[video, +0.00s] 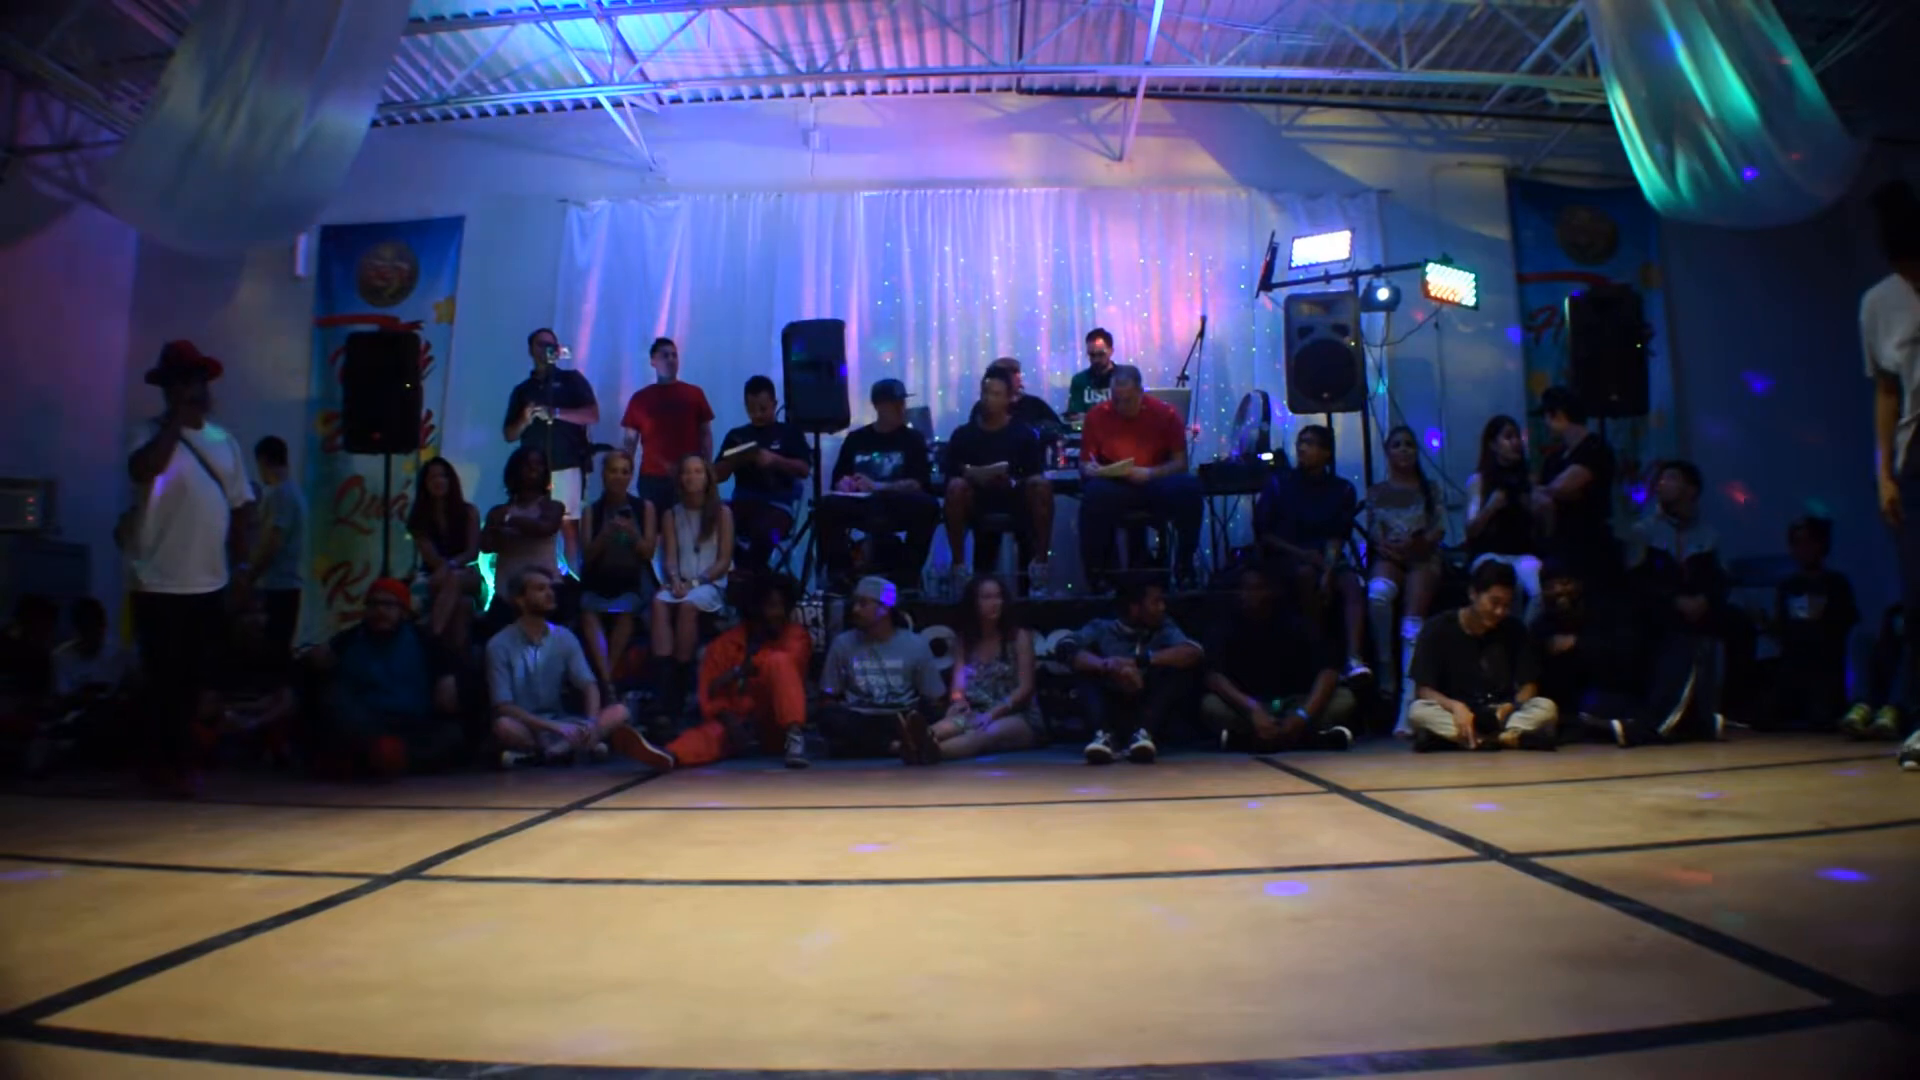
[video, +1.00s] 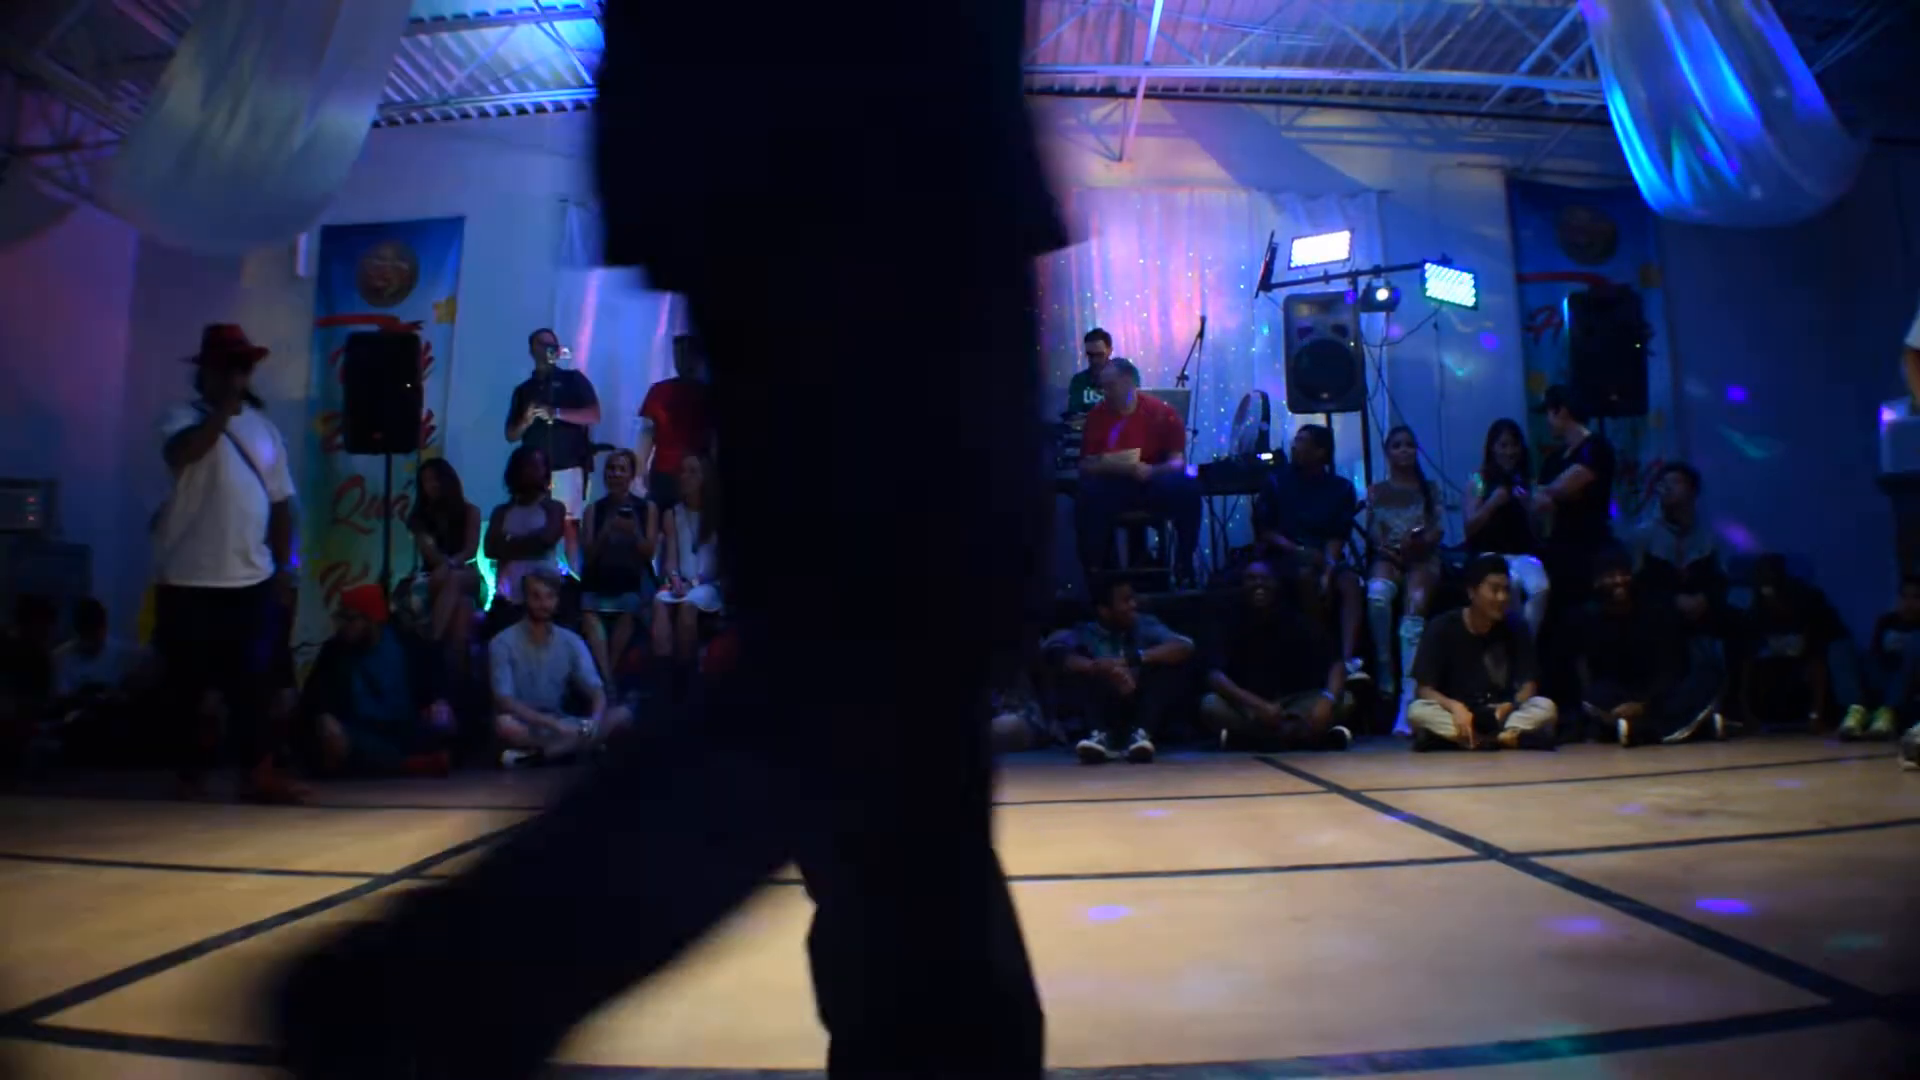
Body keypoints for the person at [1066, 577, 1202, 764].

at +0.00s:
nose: (1162, 608)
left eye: (1161, 602)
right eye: (1156, 602)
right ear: (1135, 608)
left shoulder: (1164, 630)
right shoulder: (1103, 629)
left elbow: (1194, 652)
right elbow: (1064, 648)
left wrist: (1142, 661)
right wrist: (1109, 667)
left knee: (1173, 670)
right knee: (1088, 674)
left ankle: (1144, 733)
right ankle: (1102, 735)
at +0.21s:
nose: (1157, 609)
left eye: (1156, 603)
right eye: (1150, 603)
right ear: (1129, 607)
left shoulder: (1160, 629)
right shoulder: (1101, 629)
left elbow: (1194, 652)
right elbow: (1064, 649)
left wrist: (1142, 661)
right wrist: (1110, 668)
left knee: (1174, 671)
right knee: (1086, 672)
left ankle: (1144, 733)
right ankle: (1102, 735)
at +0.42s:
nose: (1151, 608)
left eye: (1151, 602)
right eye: (1144, 603)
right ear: (1125, 608)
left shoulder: (1159, 629)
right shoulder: (1100, 630)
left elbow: (1192, 651)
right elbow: (1061, 650)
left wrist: (1143, 660)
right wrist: (1110, 671)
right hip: (1109, 701)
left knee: (1172, 669)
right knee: (1088, 672)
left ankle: (1144, 734)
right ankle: (1101, 735)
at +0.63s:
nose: (1145, 607)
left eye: (1145, 601)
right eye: (1137, 602)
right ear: (1116, 609)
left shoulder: (1153, 627)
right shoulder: (1093, 631)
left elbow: (1191, 650)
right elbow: (1060, 651)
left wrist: (1140, 659)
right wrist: (1108, 668)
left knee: (1170, 667)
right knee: (1086, 672)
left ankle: (1143, 733)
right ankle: (1101, 735)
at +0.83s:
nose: (1137, 607)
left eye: (1136, 601)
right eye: (1129, 602)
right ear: (1110, 609)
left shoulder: (1148, 627)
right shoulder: (1089, 632)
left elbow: (1187, 648)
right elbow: (1058, 652)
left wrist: (1139, 660)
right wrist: (1107, 668)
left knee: (1167, 670)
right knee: (1087, 672)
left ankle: (1142, 733)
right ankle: (1099, 734)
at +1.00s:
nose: (1133, 606)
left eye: (1132, 600)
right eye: (1125, 601)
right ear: (1105, 610)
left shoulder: (1143, 627)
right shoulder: (1086, 633)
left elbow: (1185, 647)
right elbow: (1053, 652)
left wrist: (1136, 659)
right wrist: (1105, 668)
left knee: (1160, 668)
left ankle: (1142, 734)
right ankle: (1099, 734)